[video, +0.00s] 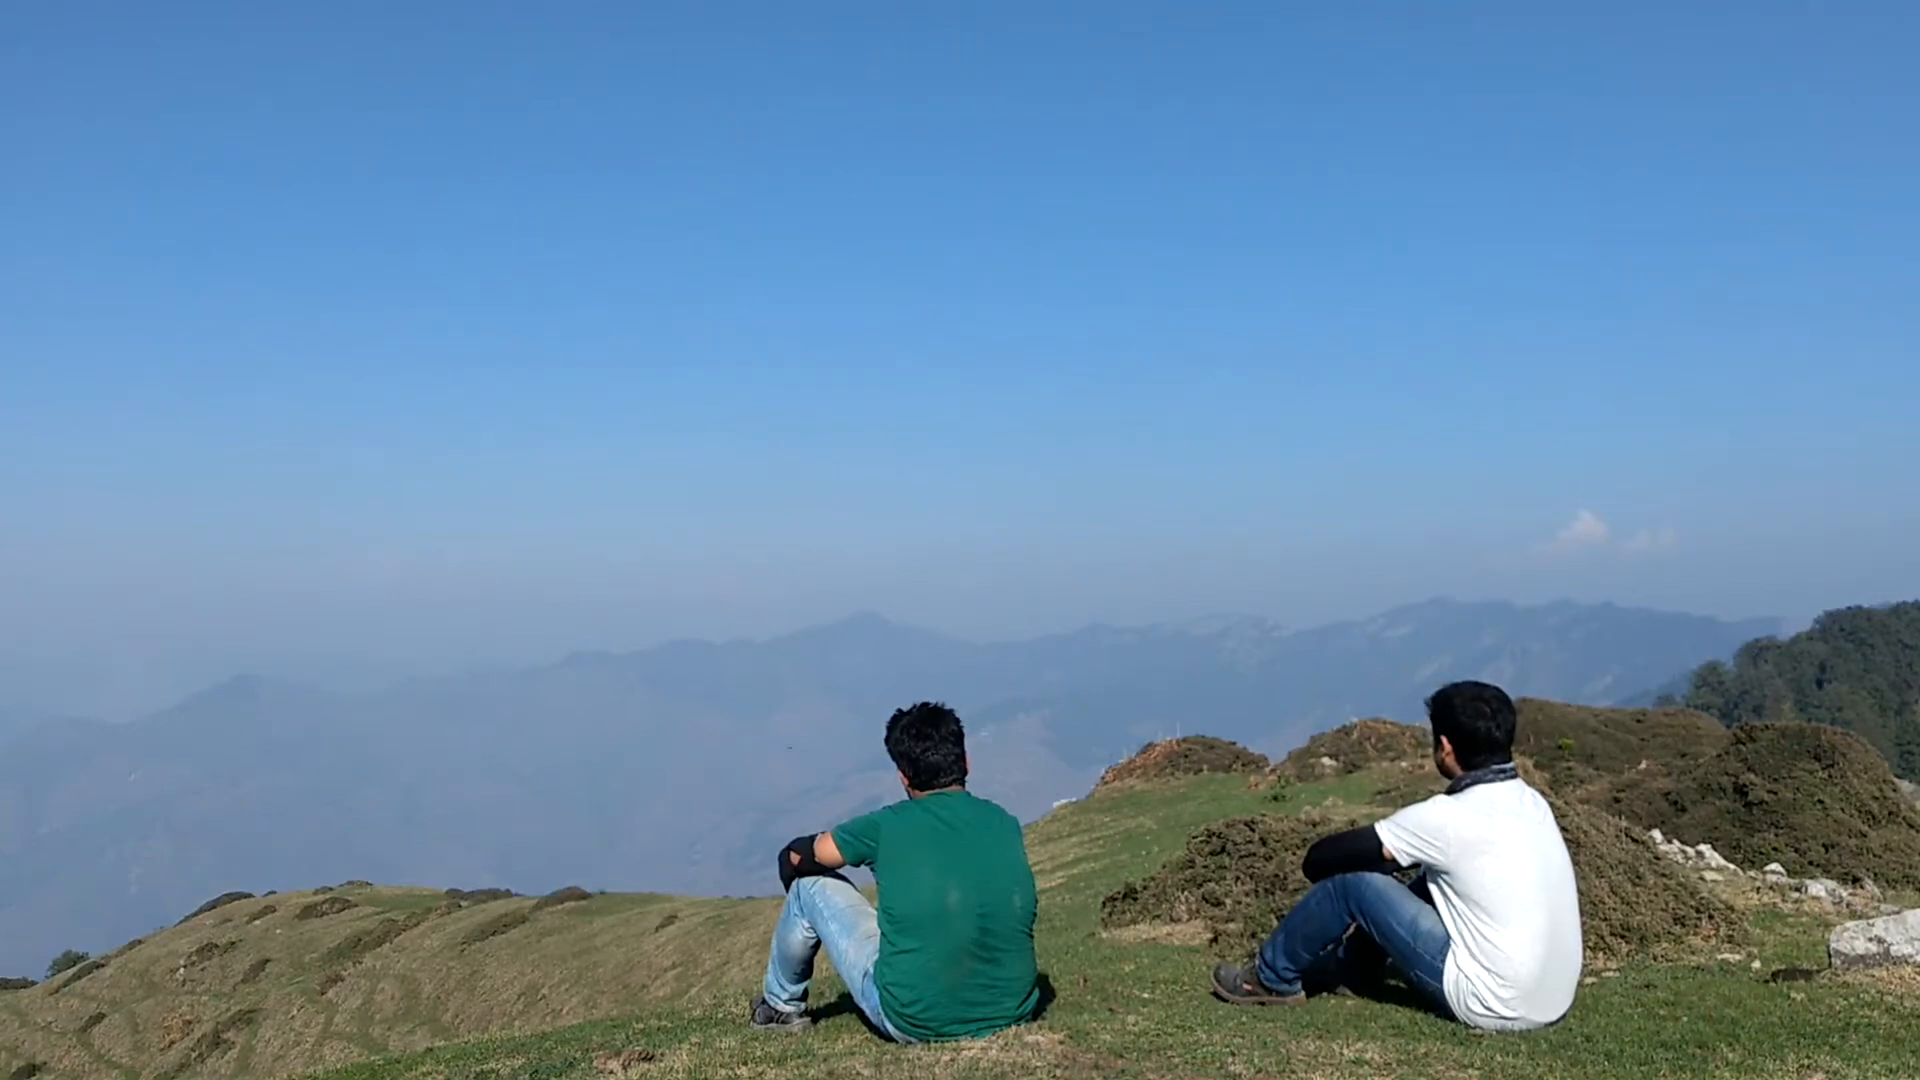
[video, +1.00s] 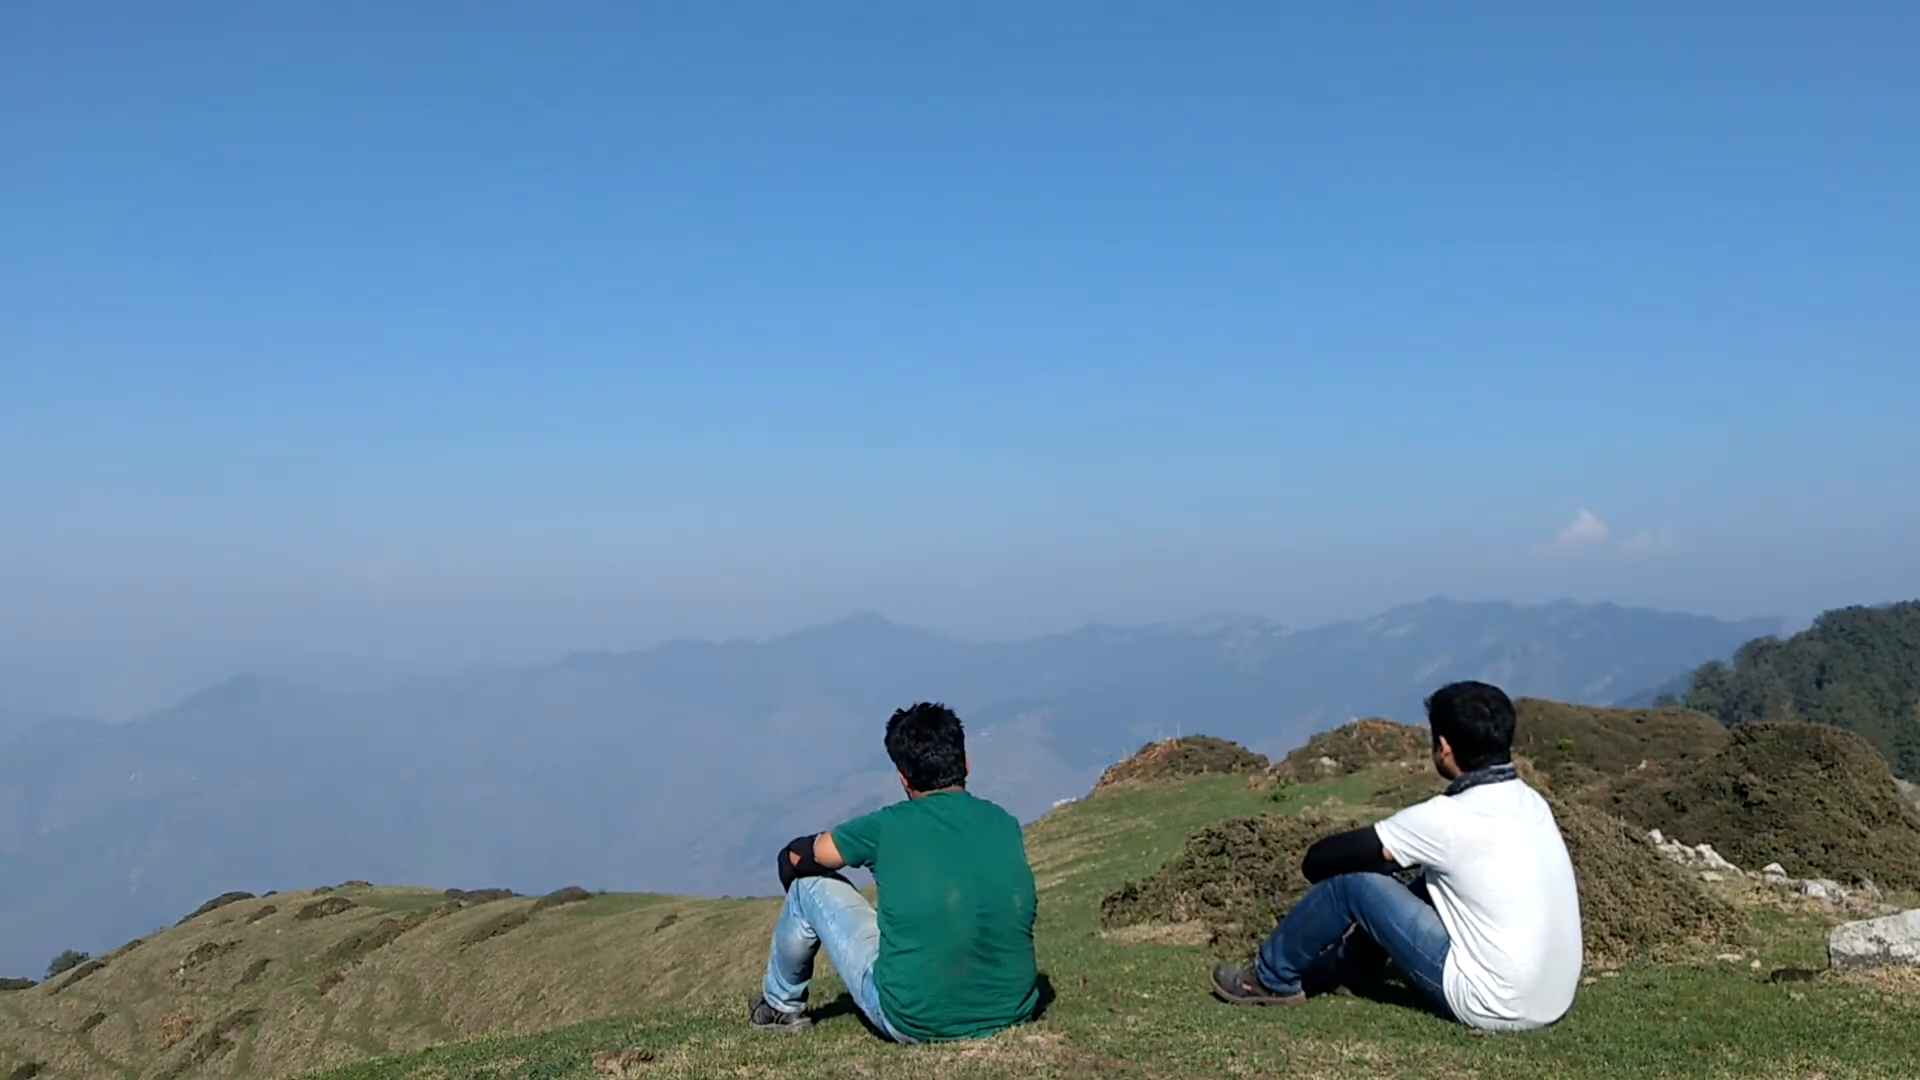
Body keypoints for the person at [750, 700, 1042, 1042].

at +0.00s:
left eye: (898, 770)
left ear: (904, 777)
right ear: (966, 764)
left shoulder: (887, 825)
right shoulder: (1006, 823)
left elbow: (796, 856)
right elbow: (1020, 911)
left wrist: (796, 888)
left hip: (915, 1020)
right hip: (1009, 1011)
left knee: (810, 885)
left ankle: (781, 1005)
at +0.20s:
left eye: (897, 770)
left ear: (903, 778)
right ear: (966, 764)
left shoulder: (887, 825)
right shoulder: (1006, 823)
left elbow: (796, 857)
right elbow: (1021, 912)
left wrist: (797, 889)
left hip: (915, 1021)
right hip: (1009, 1012)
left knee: (810, 885)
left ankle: (781, 1006)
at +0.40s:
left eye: (898, 770)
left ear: (904, 778)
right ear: (966, 764)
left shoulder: (887, 825)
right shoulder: (1006, 823)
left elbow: (796, 857)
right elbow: (1022, 912)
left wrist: (797, 890)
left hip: (915, 1021)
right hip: (1008, 1012)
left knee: (810, 885)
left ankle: (781, 1006)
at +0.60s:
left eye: (898, 770)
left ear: (904, 777)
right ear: (966, 764)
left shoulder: (888, 825)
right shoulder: (1006, 823)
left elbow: (797, 856)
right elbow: (1021, 912)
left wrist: (796, 887)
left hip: (915, 1021)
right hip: (1009, 1012)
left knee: (810, 885)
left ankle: (781, 1006)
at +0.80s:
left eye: (898, 770)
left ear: (904, 778)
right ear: (967, 764)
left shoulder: (888, 824)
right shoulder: (1005, 822)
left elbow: (796, 857)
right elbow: (1021, 912)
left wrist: (797, 889)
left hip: (915, 1020)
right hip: (1008, 1012)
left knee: (810, 886)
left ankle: (781, 1005)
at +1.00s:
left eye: (898, 770)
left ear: (904, 778)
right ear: (967, 764)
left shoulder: (887, 824)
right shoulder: (1005, 822)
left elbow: (796, 857)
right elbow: (1021, 911)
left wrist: (797, 888)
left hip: (915, 1020)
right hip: (1008, 1012)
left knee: (810, 886)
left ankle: (781, 1005)